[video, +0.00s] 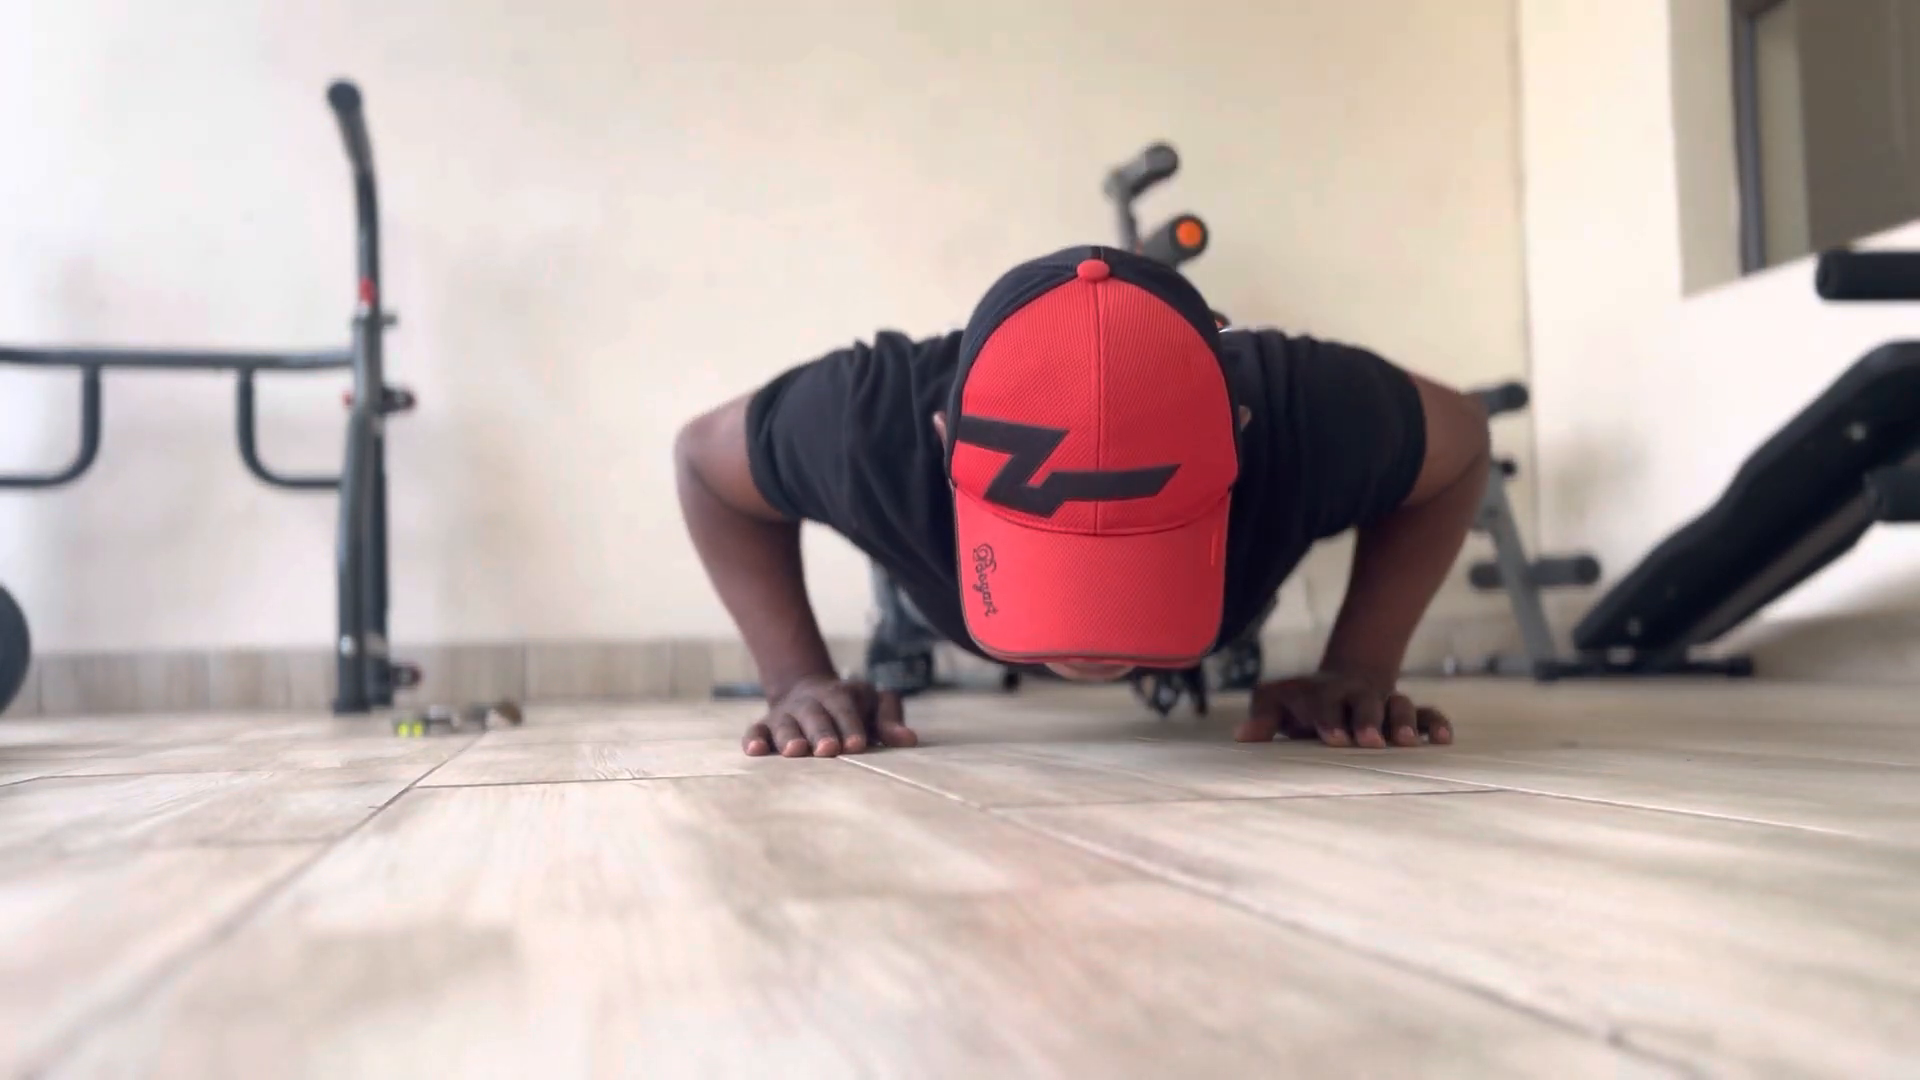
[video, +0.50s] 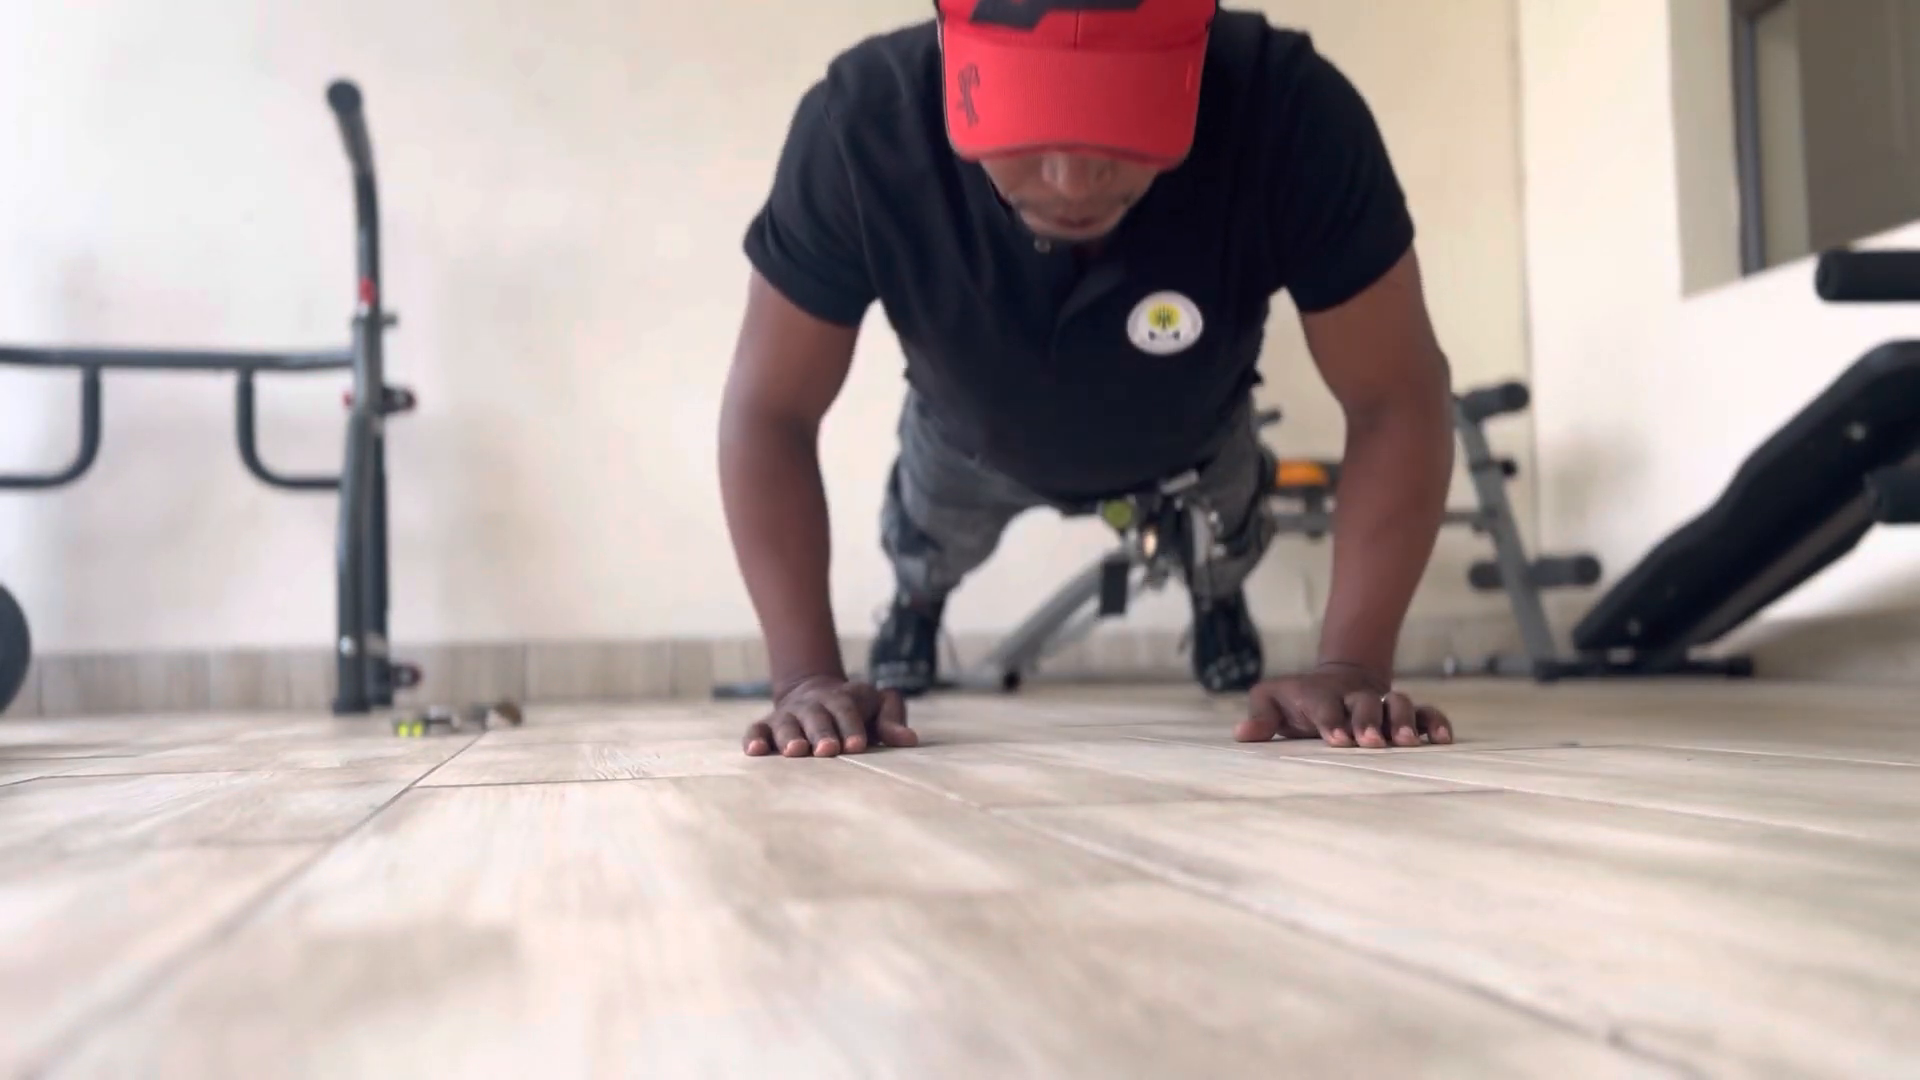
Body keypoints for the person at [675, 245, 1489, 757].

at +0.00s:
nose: (1092, 664)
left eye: (1140, 627)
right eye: (1052, 628)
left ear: (1231, 464)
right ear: (957, 470)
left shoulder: (1309, 416)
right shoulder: (868, 429)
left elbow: (1459, 443)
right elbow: (707, 461)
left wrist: (1360, 671)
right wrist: (795, 678)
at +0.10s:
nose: (1091, 661)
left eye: (1139, 626)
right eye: (1054, 629)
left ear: (1233, 468)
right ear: (957, 466)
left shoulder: (1308, 413)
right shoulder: (868, 427)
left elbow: (1455, 443)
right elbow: (705, 457)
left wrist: (1358, 672)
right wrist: (796, 680)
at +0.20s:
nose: (1092, 621)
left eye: (1140, 591)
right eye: (1051, 589)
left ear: (1225, 448)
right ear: (959, 447)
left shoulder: (1310, 387)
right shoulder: (866, 400)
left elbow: (1452, 444)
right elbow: (711, 457)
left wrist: (1358, 670)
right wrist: (798, 677)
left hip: (1208, 576)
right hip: (959, 578)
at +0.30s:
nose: (1074, 436)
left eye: (1120, 402)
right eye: (1033, 400)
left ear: (1210, 284)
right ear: (953, 287)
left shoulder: (1303, 274)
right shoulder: (867, 283)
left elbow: (1436, 440)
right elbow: (724, 454)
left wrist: (1356, 668)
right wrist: (796, 679)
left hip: (1187, 508)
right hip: (976, 515)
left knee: (1225, 560)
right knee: (929, 573)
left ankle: (1212, 586)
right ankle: (914, 607)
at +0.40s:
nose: (1076, 264)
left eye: (1124, 226)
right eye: (1030, 220)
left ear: (1196, 157)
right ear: (958, 155)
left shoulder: (1295, 179)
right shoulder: (866, 189)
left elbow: (1417, 417)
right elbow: (746, 434)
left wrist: (1353, 669)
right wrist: (801, 682)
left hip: (1192, 460)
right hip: (971, 464)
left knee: (1225, 537)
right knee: (931, 553)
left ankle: (1221, 604)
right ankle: (917, 616)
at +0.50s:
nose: (1068, 179)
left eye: (1114, 142)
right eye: (1026, 140)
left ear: (1181, 84)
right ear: (959, 79)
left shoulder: (1289, 115)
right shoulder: (864, 126)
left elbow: (1399, 397)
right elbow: (768, 413)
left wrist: (1350, 668)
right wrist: (803, 682)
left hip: (1194, 436)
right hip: (974, 443)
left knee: (1222, 535)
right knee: (933, 546)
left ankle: (1220, 608)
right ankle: (918, 617)